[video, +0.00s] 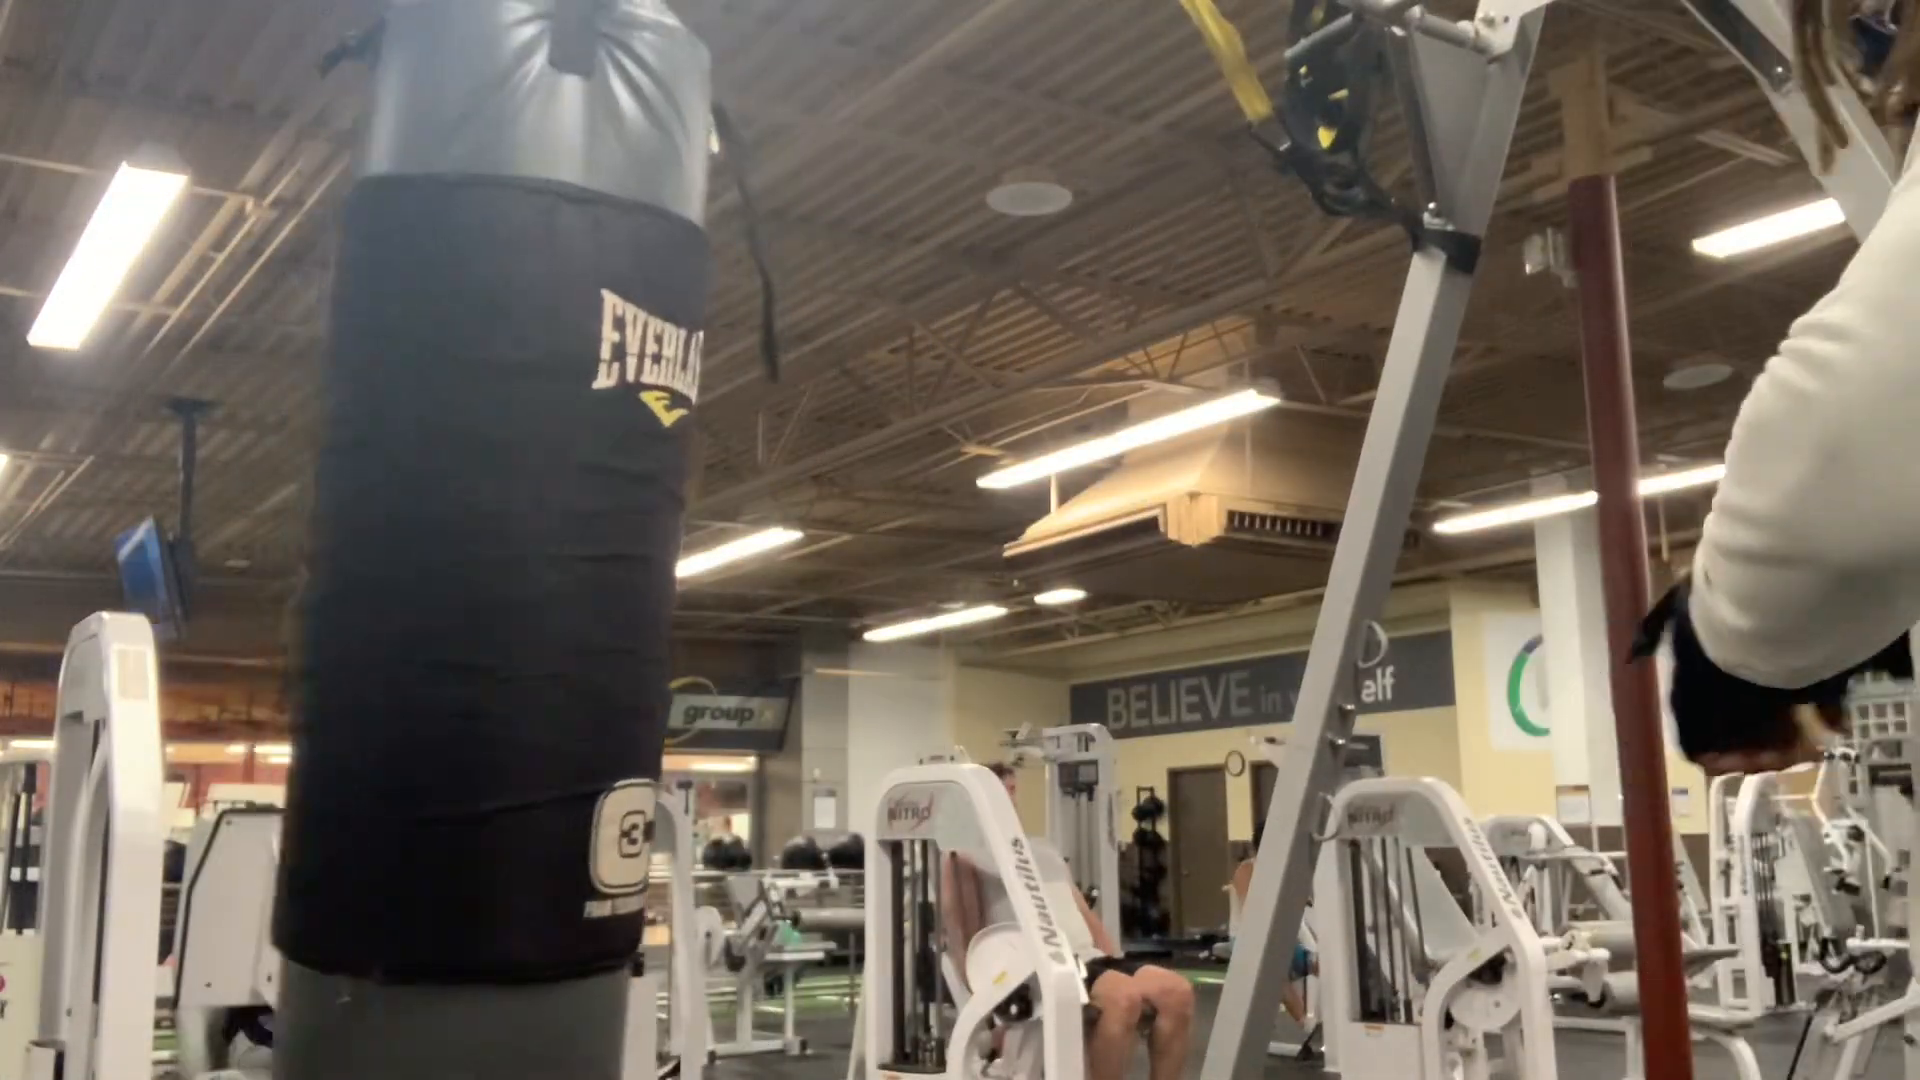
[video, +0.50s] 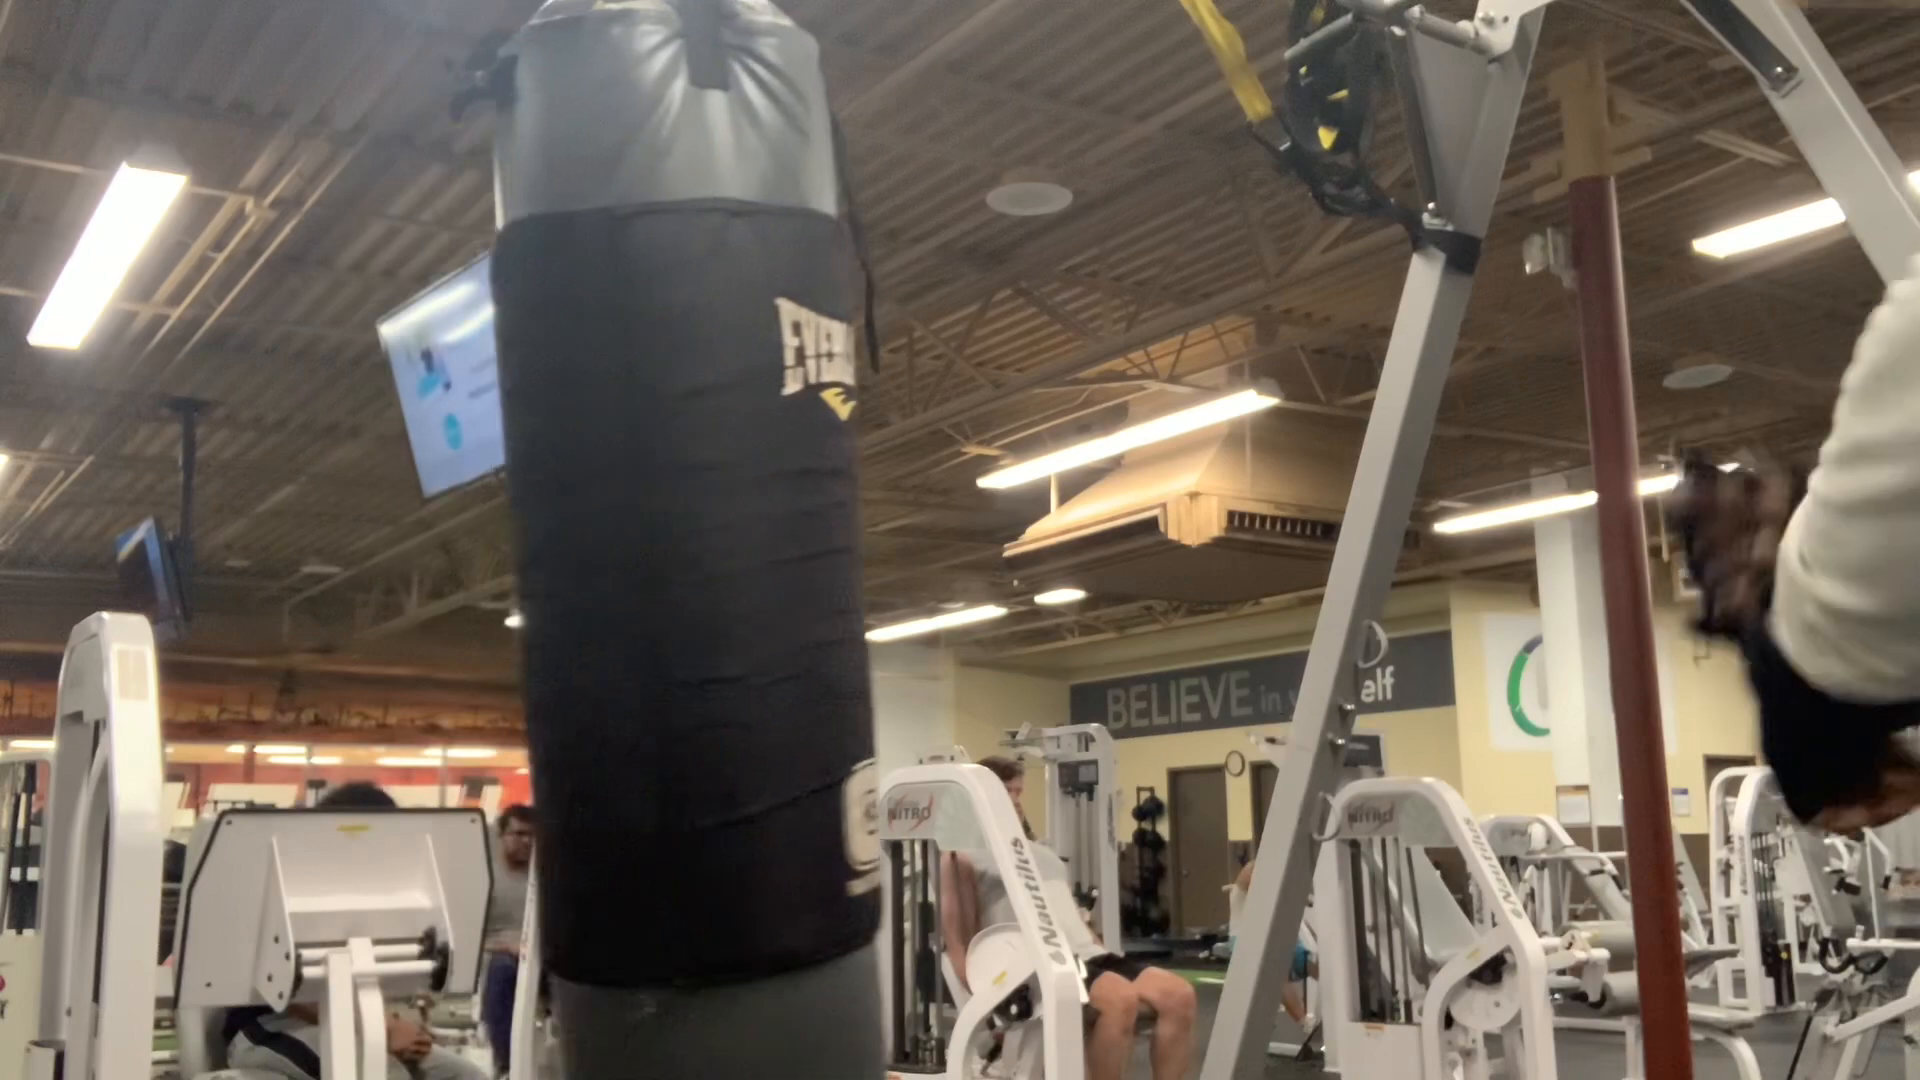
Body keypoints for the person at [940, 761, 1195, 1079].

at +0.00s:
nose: (1005, 806)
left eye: (1009, 797)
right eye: (997, 797)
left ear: (1014, 798)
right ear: (979, 801)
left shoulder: (1039, 852)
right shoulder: (964, 855)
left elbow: (1085, 914)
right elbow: (967, 941)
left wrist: (1116, 963)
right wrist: (993, 1016)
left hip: (1076, 957)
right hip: (1021, 965)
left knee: (1177, 993)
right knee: (1124, 999)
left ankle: (1164, 1073)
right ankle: (1104, 1073)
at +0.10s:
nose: (1005, 806)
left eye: (1009, 797)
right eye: (997, 797)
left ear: (1014, 797)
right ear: (978, 801)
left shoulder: (1039, 853)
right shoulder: (963, 856)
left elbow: (1084, 916)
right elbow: (967, 942)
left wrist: (1115, 963)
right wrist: (990, 1017)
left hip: (1075, 957)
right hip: (1022, 965)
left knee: (1176, 993)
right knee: (1124, 999)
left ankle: (1164, 1075)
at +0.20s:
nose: (1007, 803)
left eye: (1010, 794)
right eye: (999, 794)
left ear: (1015, 795)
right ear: (980, 799)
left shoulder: (1040, 853)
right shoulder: (963, 854)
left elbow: (1082, 918)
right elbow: (964, 939)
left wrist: (1113, 962)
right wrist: (986, 1007)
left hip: (1076, 956)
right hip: (1022, 963)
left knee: (1176, 993)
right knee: (1122, 999)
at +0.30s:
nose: (1012, 800)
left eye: (1015, 791)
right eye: (1004, 791)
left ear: (1018, 793)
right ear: (983, 796)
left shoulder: (1038, 853)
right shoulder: (963, 854)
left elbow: (1074, 916)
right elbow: (958, 941)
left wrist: (1102, 953)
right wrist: (982, 997)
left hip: (1075, 955)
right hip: (1020, 962)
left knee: (1177, 994)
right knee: (1121, 1000)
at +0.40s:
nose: (1015, 801)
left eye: (1017, 792)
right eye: (1007, 792)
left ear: (1018, 794)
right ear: (984, 796)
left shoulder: (1034, 852)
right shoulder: (963, 856)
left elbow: (1071, 914)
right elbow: (958, 942)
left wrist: (1100, 949)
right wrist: (983, 998)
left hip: (1074, 955)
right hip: (1020, 963)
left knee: (1178, 995)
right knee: (1121, 1001)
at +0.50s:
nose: (1016, 800)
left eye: (1018, 792)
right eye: (1008, 791)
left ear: (1020, 795)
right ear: (984, 795)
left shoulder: (1035, 851)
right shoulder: (962, 855)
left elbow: (1069, 914)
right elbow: (958, 942)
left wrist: (1102, 951)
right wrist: (984, 997)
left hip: (1075, 953)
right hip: (1021, 962)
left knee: (1179, 996)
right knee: (1120, 1001)